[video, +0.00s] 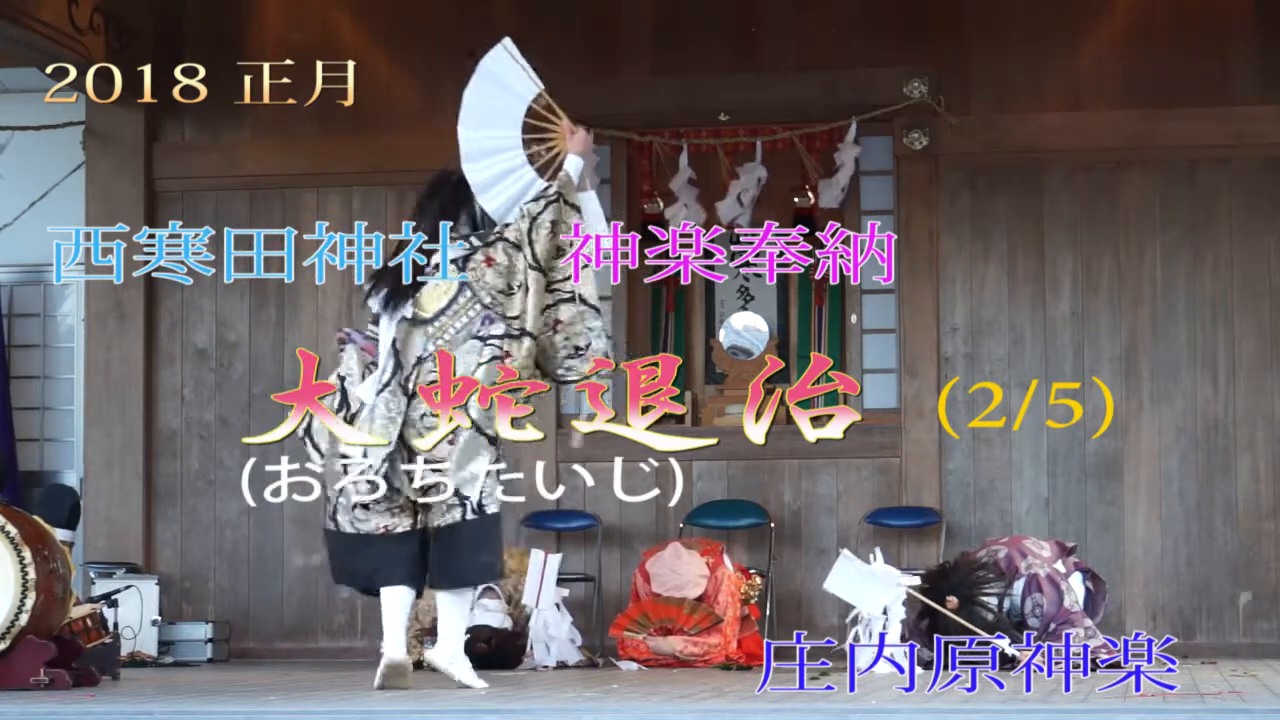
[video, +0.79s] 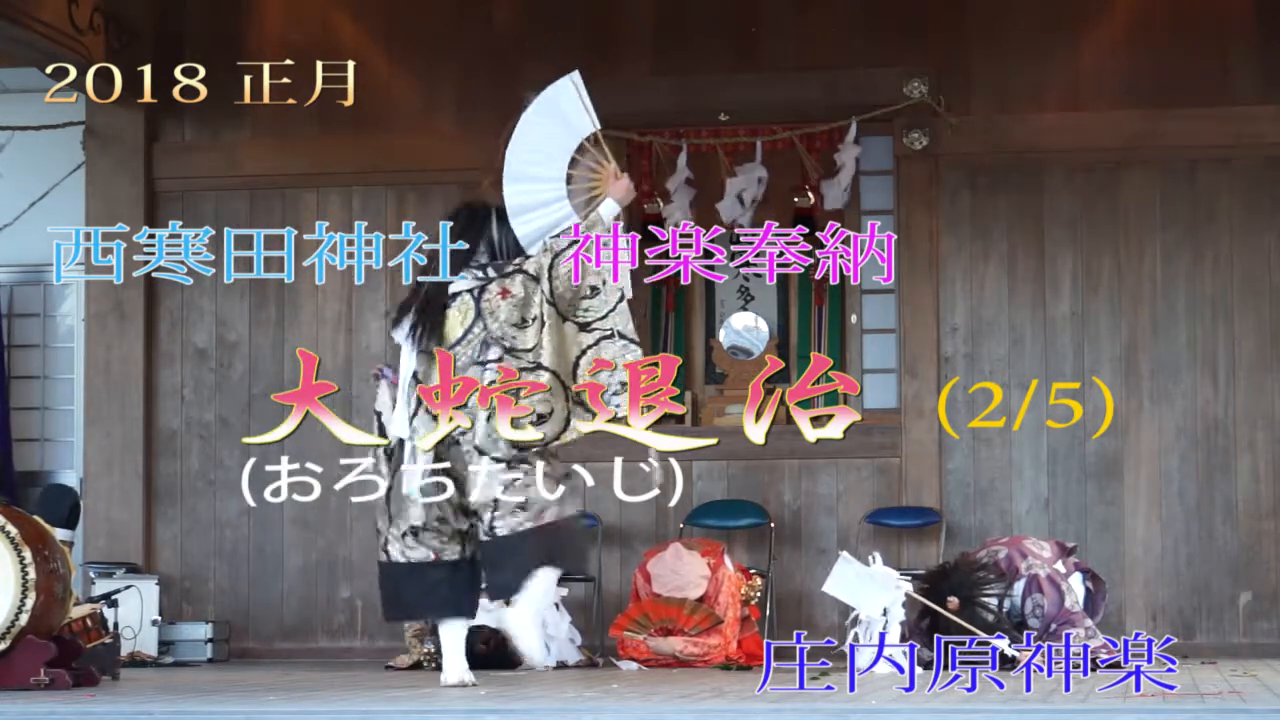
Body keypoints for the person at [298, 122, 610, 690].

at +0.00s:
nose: (484, 220)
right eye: (479, 211)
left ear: (422, 217)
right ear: (477, 215)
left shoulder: (398, 272)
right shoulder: (493, 262)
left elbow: (373, 359)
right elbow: (539, 226)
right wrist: (572, 164)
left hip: (395, 418)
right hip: (460, 420)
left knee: (398, 530)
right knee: (460, 529)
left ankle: (393, 647)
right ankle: (449, 645)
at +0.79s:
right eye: (505, 230)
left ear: (447, 244)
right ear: (503, 238)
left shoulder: (423, 306)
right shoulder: (523, 284)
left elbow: (397, 391)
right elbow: (575, 257)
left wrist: (398, 440)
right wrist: (612, 204)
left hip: (431, 442)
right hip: (502, 432)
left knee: (442, 554)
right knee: (529, 528)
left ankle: (453, 662)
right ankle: (525, 614)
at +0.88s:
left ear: (455, 252)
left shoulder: (430, 311)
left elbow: (398, 402)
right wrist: (609, 212)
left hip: (430, 456)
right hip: (496, 452)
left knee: (452, 560)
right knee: (585, 507)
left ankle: (454, 661)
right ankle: (576, 592)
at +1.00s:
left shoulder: (468, 307)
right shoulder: (549, 282)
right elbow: (581, 263)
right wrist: (612, 209)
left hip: (452, 457)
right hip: (514, 454)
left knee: (465, 550)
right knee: (616, 470)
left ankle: (454, 661)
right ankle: (640, 570)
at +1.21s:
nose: (560, 257)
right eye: (554, 248)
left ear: (493, 258)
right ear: (544, 253)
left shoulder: (476, 317)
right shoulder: (566, 292)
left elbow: (462, 405)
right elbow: (610, 249)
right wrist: (636, 195)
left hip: (480, 460)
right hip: (545, 456)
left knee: (489, 555)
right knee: (643, 514)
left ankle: (456, 657)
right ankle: (685, 615)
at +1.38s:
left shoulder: (548, 326)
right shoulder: (614, 313)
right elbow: (659, 256)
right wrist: (665, 200)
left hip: (533, 459)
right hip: (596, 459)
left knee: (523, 554)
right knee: (669, 545)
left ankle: (458, 658)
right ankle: (671, 657)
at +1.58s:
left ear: (591, 253)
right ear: (645, 250)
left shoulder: (586, 302)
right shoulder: (666, 294)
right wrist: (717, 180)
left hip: (577, 436)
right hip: (648, 441)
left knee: (548, 528)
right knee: (686, 534)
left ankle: (495, 640)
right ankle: (674, 656)